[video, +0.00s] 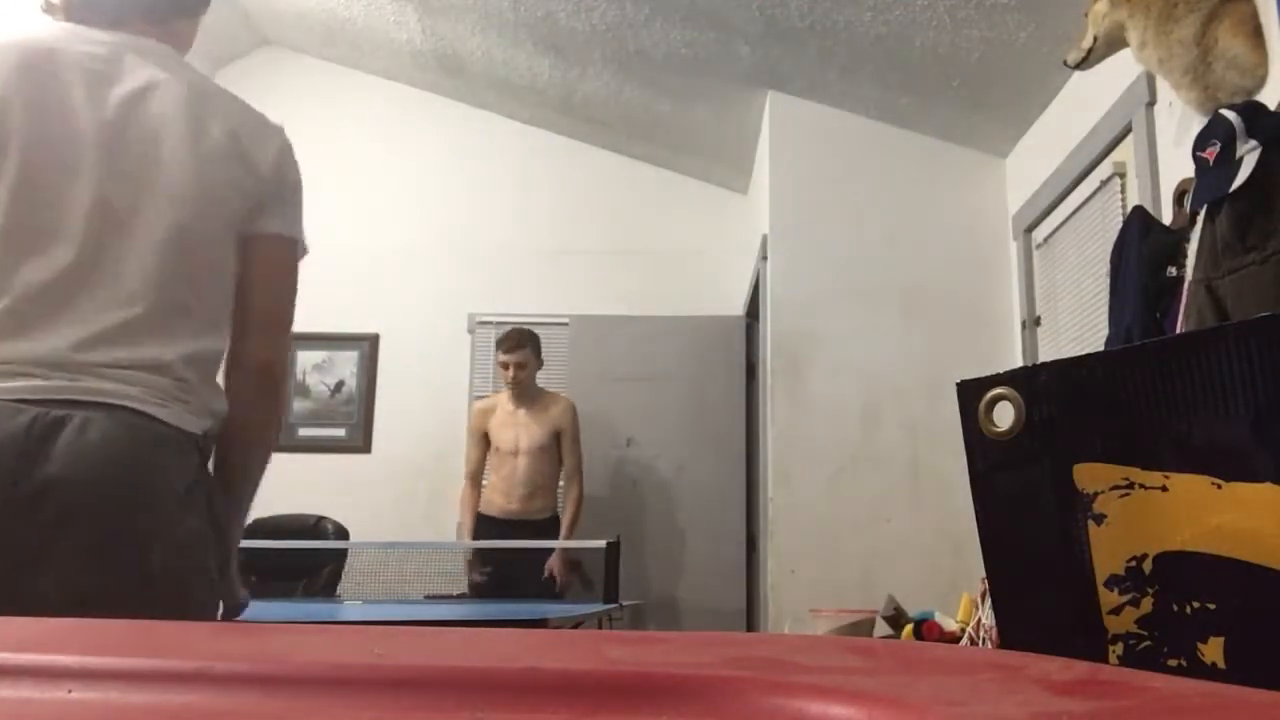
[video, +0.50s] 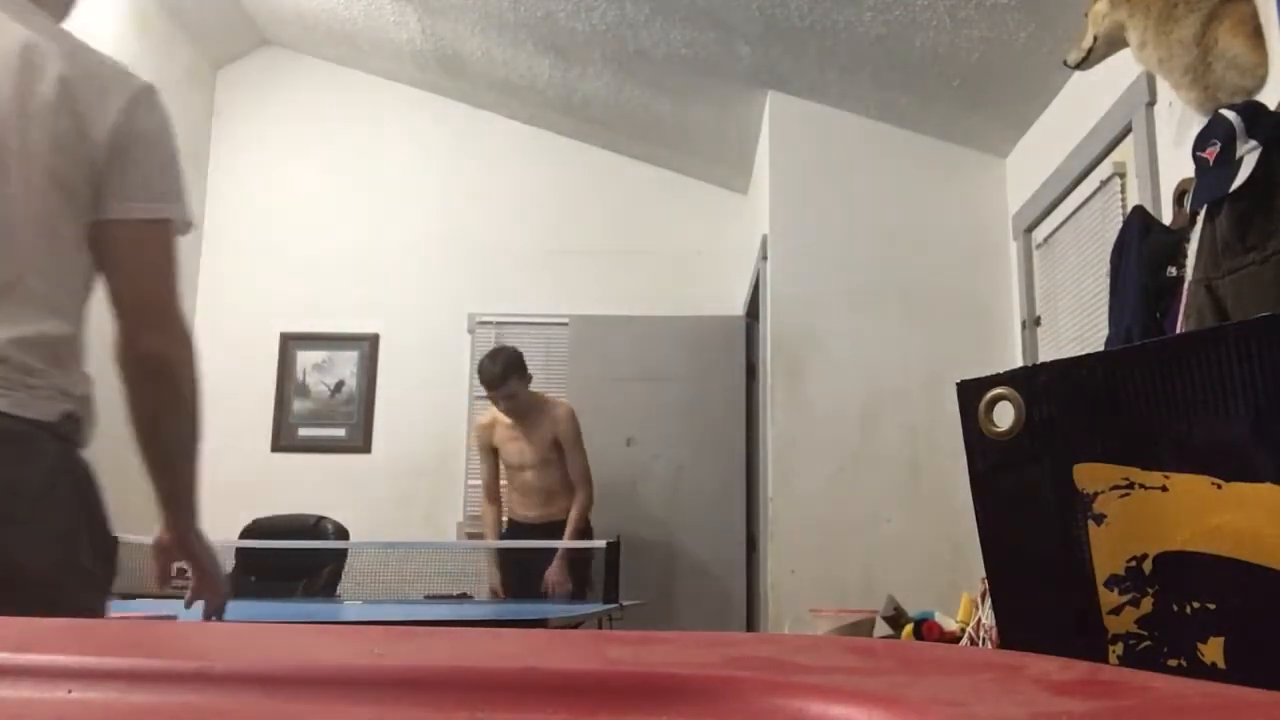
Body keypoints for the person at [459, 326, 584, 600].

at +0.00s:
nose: (511, 375)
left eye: (521, 366)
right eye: (505, 366)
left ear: (538, 364)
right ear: (497, 365)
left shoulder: (560, 409)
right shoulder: (483, 411)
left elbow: (573, 483)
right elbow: (472, 482)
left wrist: (561, 550)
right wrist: (466, 545)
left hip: (541, 531)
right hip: (490, 529)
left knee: (536, 629)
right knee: (486, 626)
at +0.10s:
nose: (510, 381)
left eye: (519, 372)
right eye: (503, 372)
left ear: (538, 366)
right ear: (495, 368)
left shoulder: (561, 413)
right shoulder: (484, 414)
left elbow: (570, 487)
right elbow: (474, 484)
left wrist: (557, 550)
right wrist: (473, 547)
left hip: (542, 530)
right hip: (494, 528)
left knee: (536, 624)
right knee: (492, 624)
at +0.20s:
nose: (506, 392)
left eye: (515, 382)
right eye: (499, 382)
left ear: (534, 371)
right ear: (492, 376)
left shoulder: (559, 415)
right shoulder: (484, 417)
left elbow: (567, 494)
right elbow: (479, 493)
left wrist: (547, 560)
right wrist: (479, 556)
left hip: (547, 531)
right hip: (499, 530)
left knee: (547, 627)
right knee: (499, 629)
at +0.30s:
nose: (501, 396)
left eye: (509, 387)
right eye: (494, 388)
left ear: (529, 375)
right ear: (488, 383)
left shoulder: (558, 415)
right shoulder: (485, 417)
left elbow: (568, 495)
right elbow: (483, 492)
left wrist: (545, 562)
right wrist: (483, 556)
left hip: (550, 532)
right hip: (503, 532)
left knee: (551, 630)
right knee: (501, 631)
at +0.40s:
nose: (500, 401)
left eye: (507, 391)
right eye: (491, 393)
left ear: (525, 376)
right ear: (484, 387)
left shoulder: (556, 415)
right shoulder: (485, 421)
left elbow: (574, 492)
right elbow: (488, 494)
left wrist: (552, 559)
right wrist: (489, 558)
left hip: (557, 531)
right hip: (511, 532)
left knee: (556, 628)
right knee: (511, 630)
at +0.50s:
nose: (504, 406)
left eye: (510, 396)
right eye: (495, 399)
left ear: (527, 379)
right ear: (487, 394)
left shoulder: (560, 417)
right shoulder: (489, 428)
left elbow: (584, 492)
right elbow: (491, 501)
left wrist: (561, 559)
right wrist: (492, 564)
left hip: (564, 533)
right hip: (518, 535)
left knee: (563, 630)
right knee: (516, 631)